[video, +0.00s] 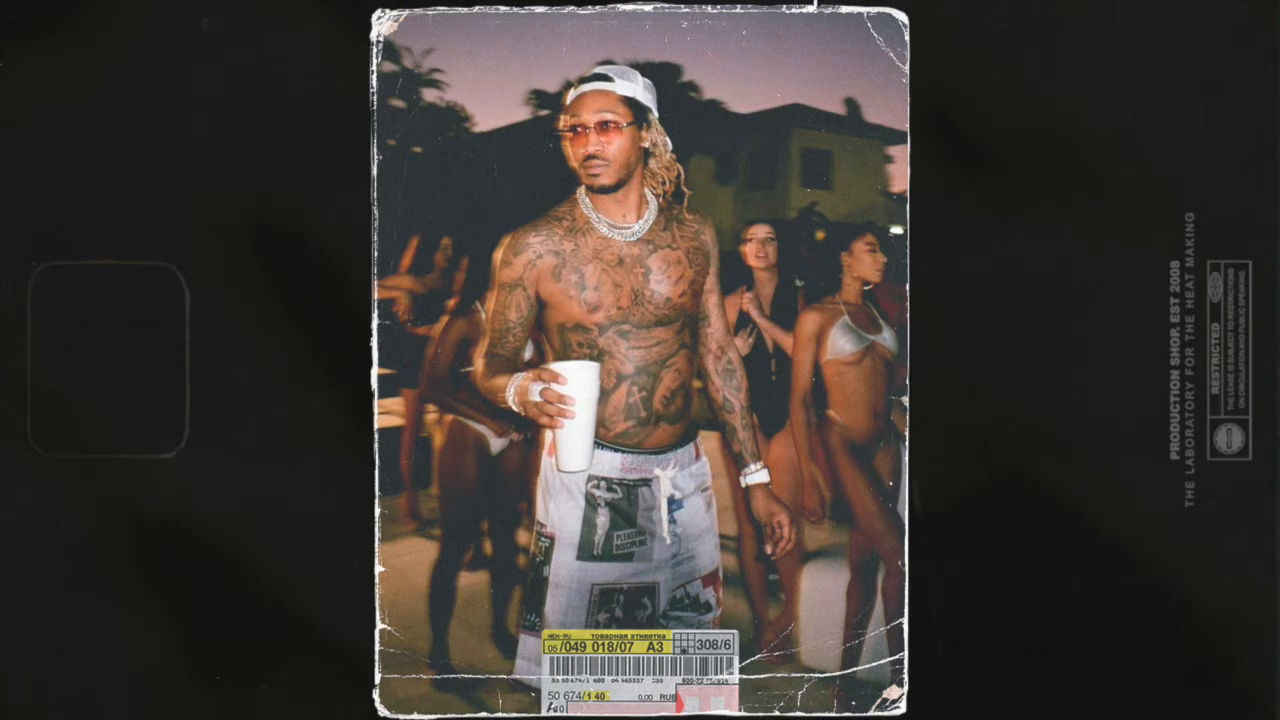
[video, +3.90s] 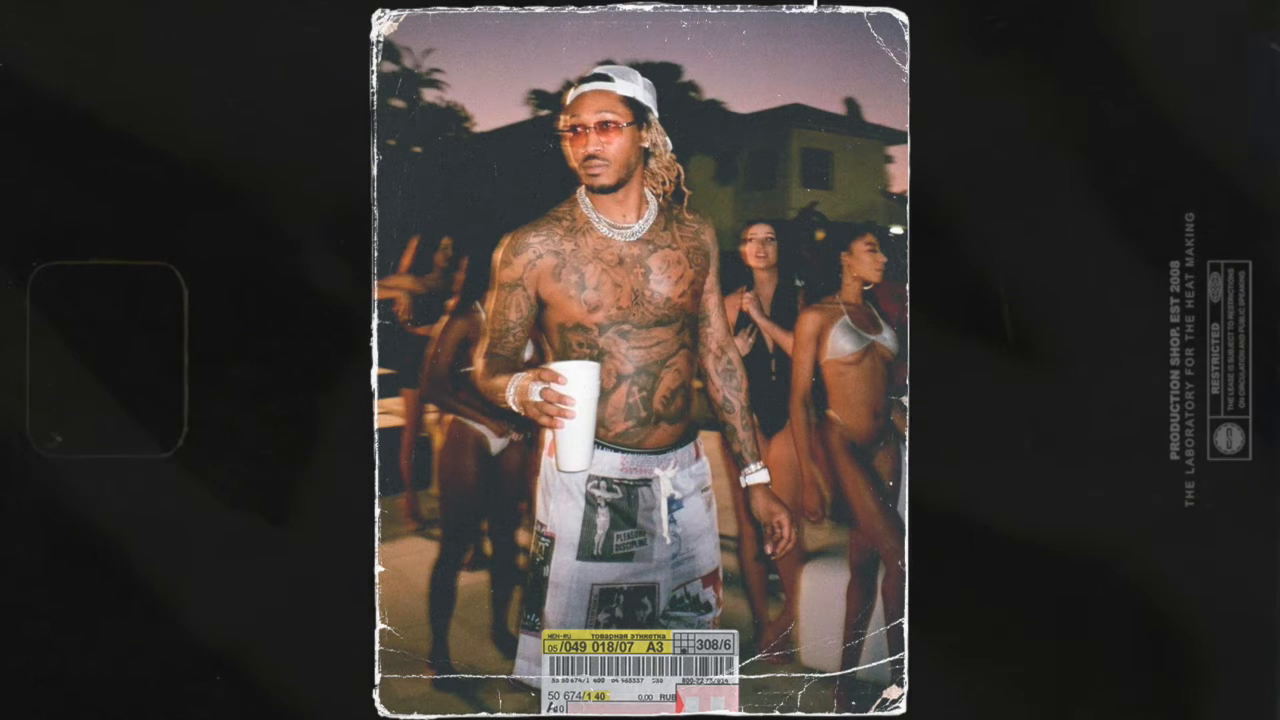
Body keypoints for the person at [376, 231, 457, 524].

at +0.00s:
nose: (446, 255)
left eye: (451, 250)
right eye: (442, 249)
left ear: (455, 255)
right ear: (431, 252)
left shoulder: (454, 283)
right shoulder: (414, 283)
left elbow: (459, 315)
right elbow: (401, 321)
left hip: (444, 354)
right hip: (416, 352)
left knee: (449, 426)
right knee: (413, 427)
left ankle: (450, 499)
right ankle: (410, 500)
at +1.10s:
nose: (446, 254)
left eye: (451, 250)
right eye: (442, 248)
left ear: (455, 255)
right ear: (430, 252)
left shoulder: (455, 282)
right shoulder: (414, 282)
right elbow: (380, 287)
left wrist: (437, 327)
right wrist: (403, 294)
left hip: (445, 352)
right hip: (416, 350)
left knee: (449, 426)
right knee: (413, 427)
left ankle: (451, 498)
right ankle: (410, 501)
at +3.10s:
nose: (446, 254)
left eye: (450, 249)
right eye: (442, 248)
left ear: (454, 254)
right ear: (430, 251)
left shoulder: (454, 280)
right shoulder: (414, 282)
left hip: (444, 347)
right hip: (416, 345)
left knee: (449, 425)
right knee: (413, 426)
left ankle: (452, 498)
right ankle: (410, 502)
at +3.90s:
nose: (446, 254)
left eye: (450, 249)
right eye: (442, 248)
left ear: (455, 253)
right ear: (431, 250)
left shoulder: (456, 277)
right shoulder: (414, 281)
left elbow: (461, 305)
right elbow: (393, 287)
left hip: (445, 349)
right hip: (416, 347)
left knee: (449, 426)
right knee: (413, 427)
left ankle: (451, 499)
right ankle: (411, 501)